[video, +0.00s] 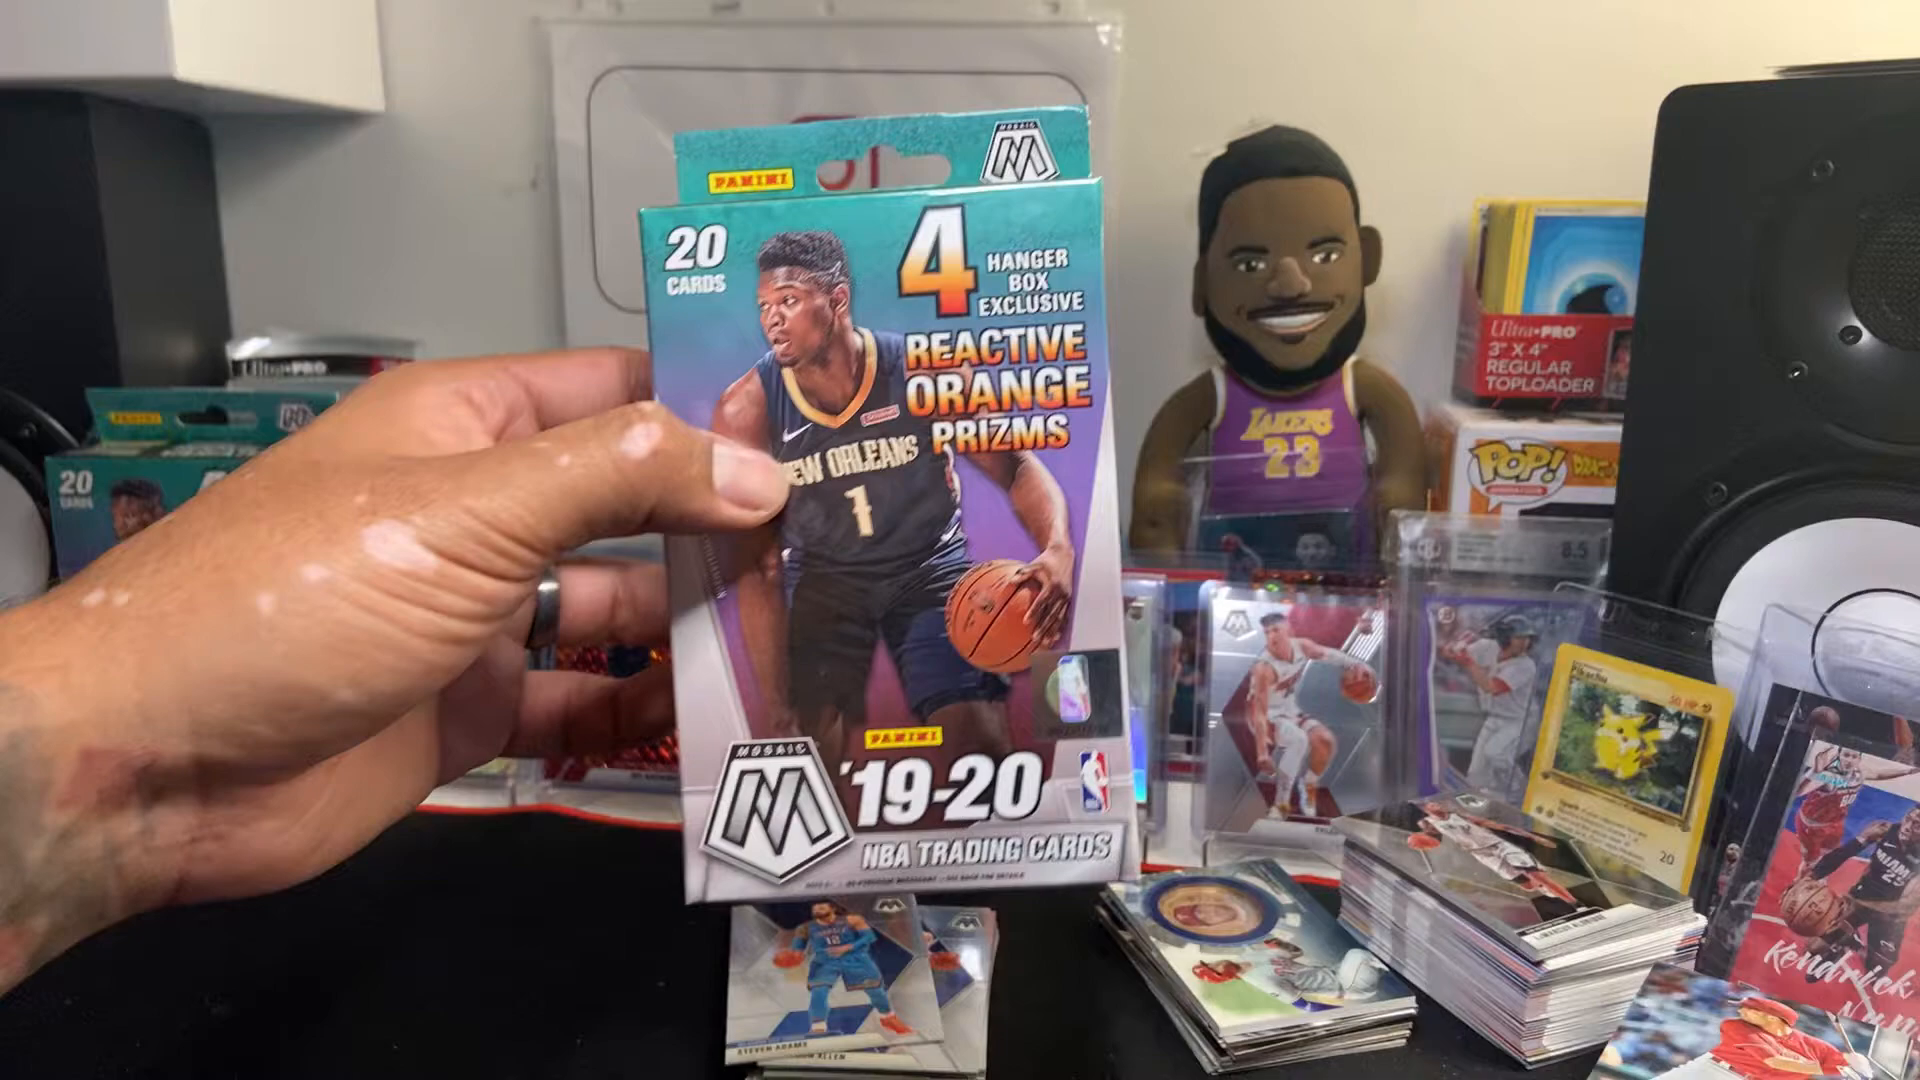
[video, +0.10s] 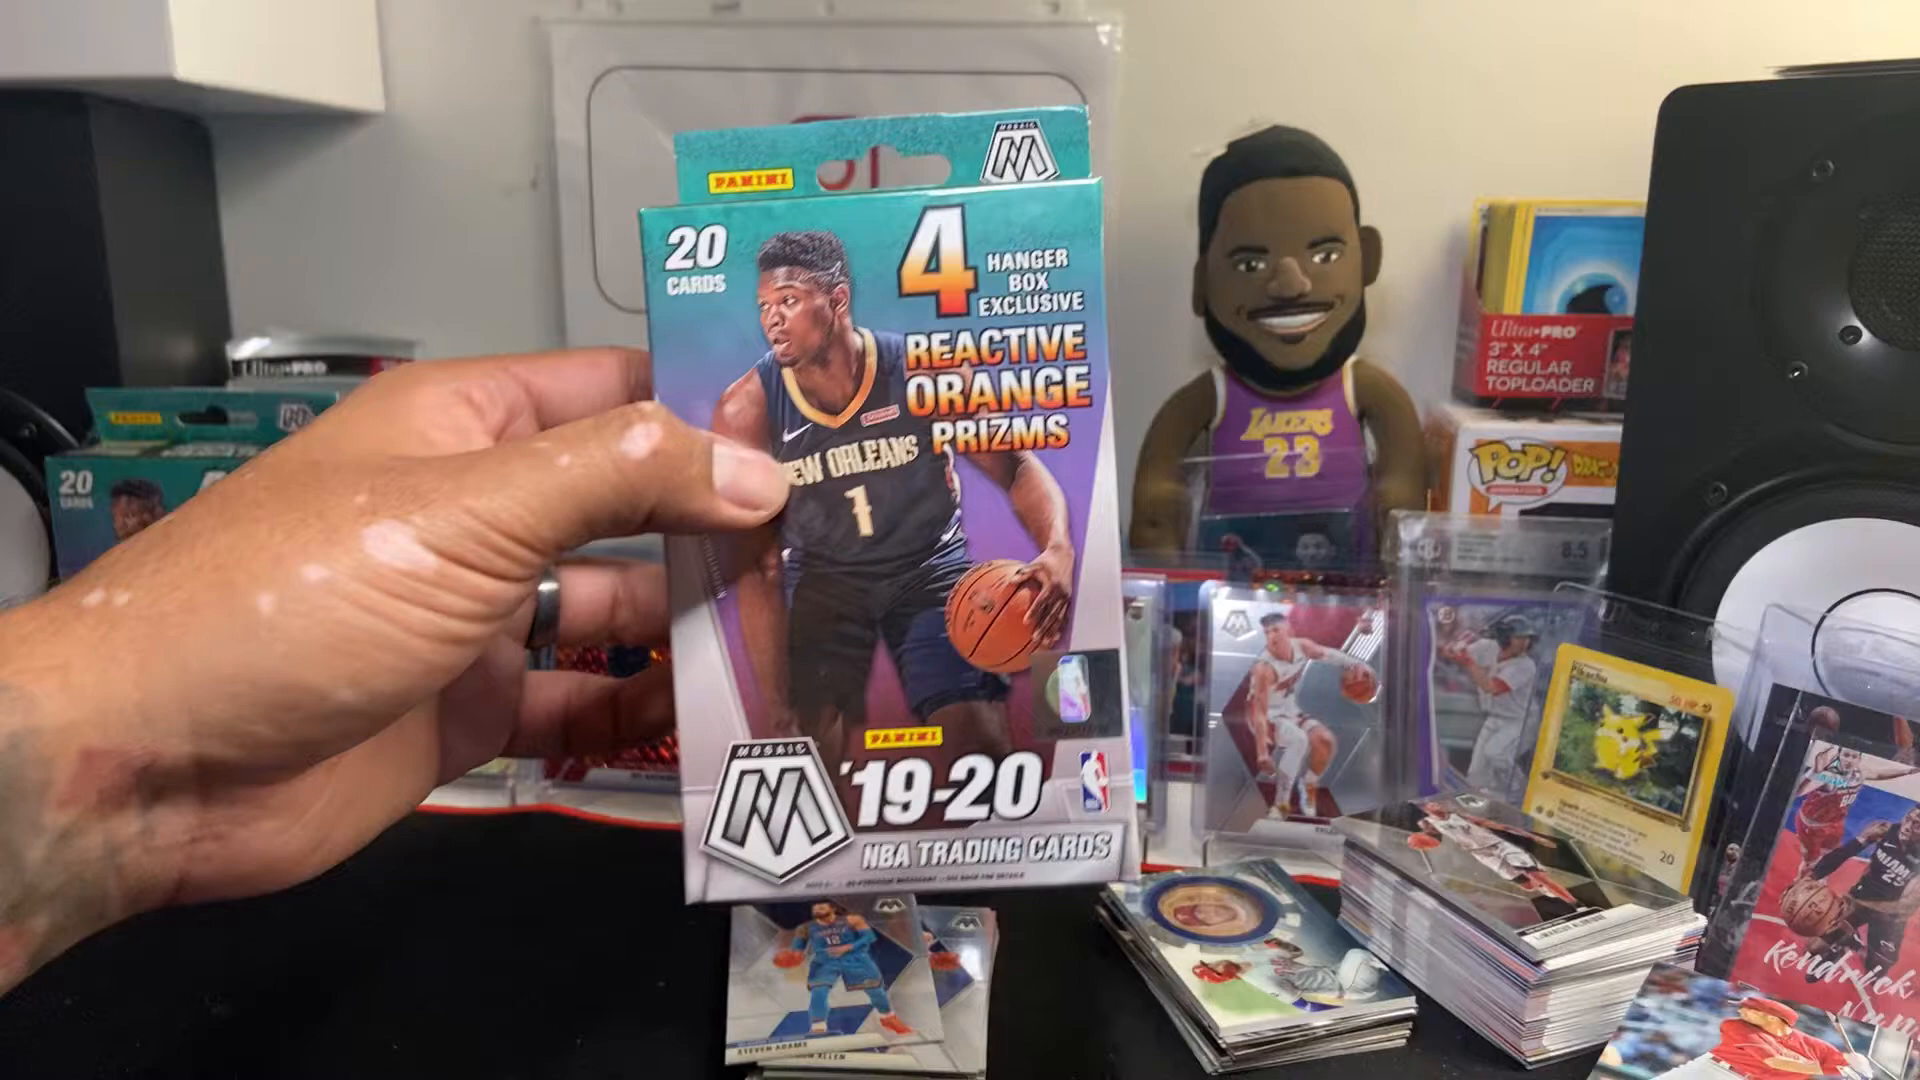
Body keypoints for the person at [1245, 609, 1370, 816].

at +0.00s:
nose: (1272, 637)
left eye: (1277, 630)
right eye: (1268, 632)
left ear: (1288, 631)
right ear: (1265, 636)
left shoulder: (1302, 646)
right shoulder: (1263, 668)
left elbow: (1329, 655)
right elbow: (1259, 713)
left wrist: (1357, 664)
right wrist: (1262, 753)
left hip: (1292, 712)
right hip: (1270, 716)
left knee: (1325, 741)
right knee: (1299, 740)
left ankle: (1309, 786)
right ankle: (1280, 805)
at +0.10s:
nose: (1272, 637)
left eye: (1277, 630)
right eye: (1268, 632)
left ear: (1288, 631)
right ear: (1265, 636)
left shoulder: (1302, 646)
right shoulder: (1263, 668)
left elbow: (1329, 655)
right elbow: (1259, 713)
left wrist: (1357, 664)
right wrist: (1262, 753)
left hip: (1292, 712)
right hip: (1270, 716)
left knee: (1325, 741)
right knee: (1299, 740)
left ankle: (1309, 786)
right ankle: (1280, 805)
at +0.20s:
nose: (1272, 636)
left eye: (1276, 630)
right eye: (1267, 632)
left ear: (1287, 630)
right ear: (1264, 635)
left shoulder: (1302, 646)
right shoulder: (1263, 668)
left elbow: (1329, 654)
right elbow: (1258, 712)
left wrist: (1357, 664)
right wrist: (1262, 753)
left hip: (1292, 712)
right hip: (1269, 716)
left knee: (1325, 741)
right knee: (1298, 739)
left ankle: (1309, 785)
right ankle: (1280, 804)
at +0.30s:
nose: (1272, 631)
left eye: (1277, 625)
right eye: (1268, 626)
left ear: (1287, 625)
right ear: (1264, 630)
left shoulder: (1301, 640)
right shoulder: (1262, 663)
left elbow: (1328, 648)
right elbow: (1258, 707)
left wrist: (1357, 658)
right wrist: (1262, 747)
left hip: (1292, 706)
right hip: (1269, 710)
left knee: (1324, 736)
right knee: (1298, 734)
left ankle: (1308, 780)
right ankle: (1280, 799)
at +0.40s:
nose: (1273, 636)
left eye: (1277, 630)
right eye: (1269, 631)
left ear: (1288, 630)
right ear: (1265, 636)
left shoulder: (1302, 646)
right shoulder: (1263, 668)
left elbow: (1330, 654)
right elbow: (1259, 712)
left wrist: (1358, 663)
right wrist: (1263, 753)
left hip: (1293, 711)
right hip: (1270, 715)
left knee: (1325, 741)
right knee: (1299, 739)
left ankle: (1309, 785)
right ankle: (1281, 804)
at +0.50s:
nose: (1272, 634)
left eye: (1277, 628)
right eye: (1268, 630)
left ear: (1287, 629)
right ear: (1265, 634)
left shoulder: (1302, 644)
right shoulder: (1263, 666)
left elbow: (1330, 652)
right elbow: (1259, 710)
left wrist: (1358, 661)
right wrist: (1262, 750)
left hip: (1293, 709)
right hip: (1270, 713)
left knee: (1325, 739)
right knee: (1298, 737)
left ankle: (1309, 782)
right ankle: (1280, 802)